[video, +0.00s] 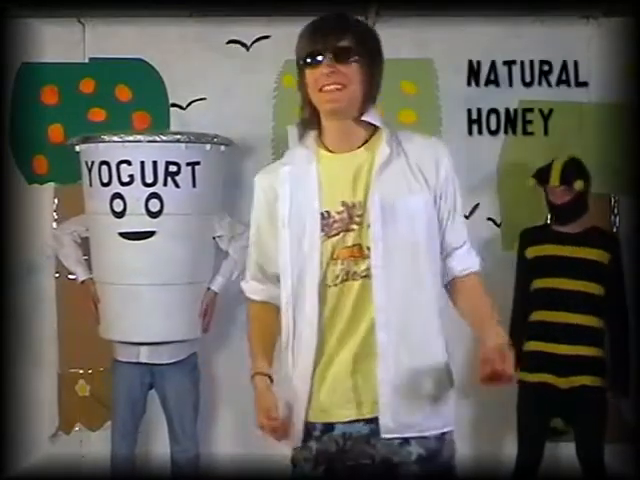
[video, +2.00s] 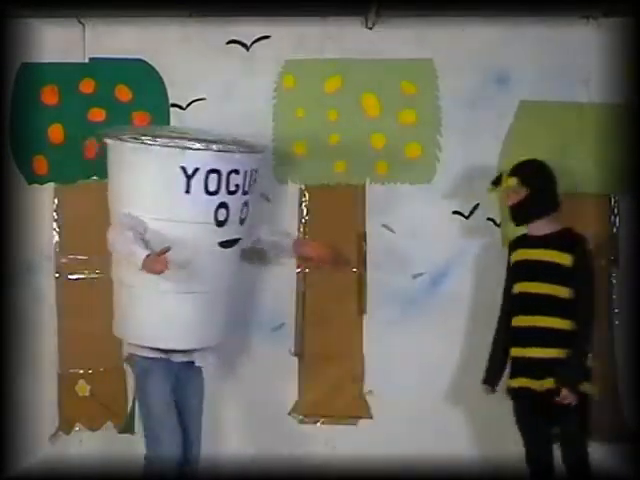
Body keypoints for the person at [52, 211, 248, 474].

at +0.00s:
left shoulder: (197, 219)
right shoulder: (111, 219)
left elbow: (243, 239)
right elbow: (63, 233)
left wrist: (215, 289)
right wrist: (86, 279)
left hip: (178, 353)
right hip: (127, 353)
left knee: (185, 450)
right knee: (121, 450)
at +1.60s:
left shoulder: (190, 232)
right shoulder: (112, 222)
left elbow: (234, 248)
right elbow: (63, 241)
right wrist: (95, 281)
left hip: (175, 359)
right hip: (125, 359)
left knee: (184, 448)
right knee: (120, 452)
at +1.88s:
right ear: (161, 178)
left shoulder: (211, 219)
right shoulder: (137, 213)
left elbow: (254, 236)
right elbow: (100, 236)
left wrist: (300, 259)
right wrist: (123, 267)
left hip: (188, 355)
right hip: (143, 355)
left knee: (188, 455)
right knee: (153, 450)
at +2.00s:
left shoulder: (215, 217)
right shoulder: (149, 205)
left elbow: (250, 239)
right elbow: (119, 234)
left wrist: (299, 248)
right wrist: (143, 258)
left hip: (189, 351)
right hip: (148, 349)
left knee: (190, 455)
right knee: (166, 454)